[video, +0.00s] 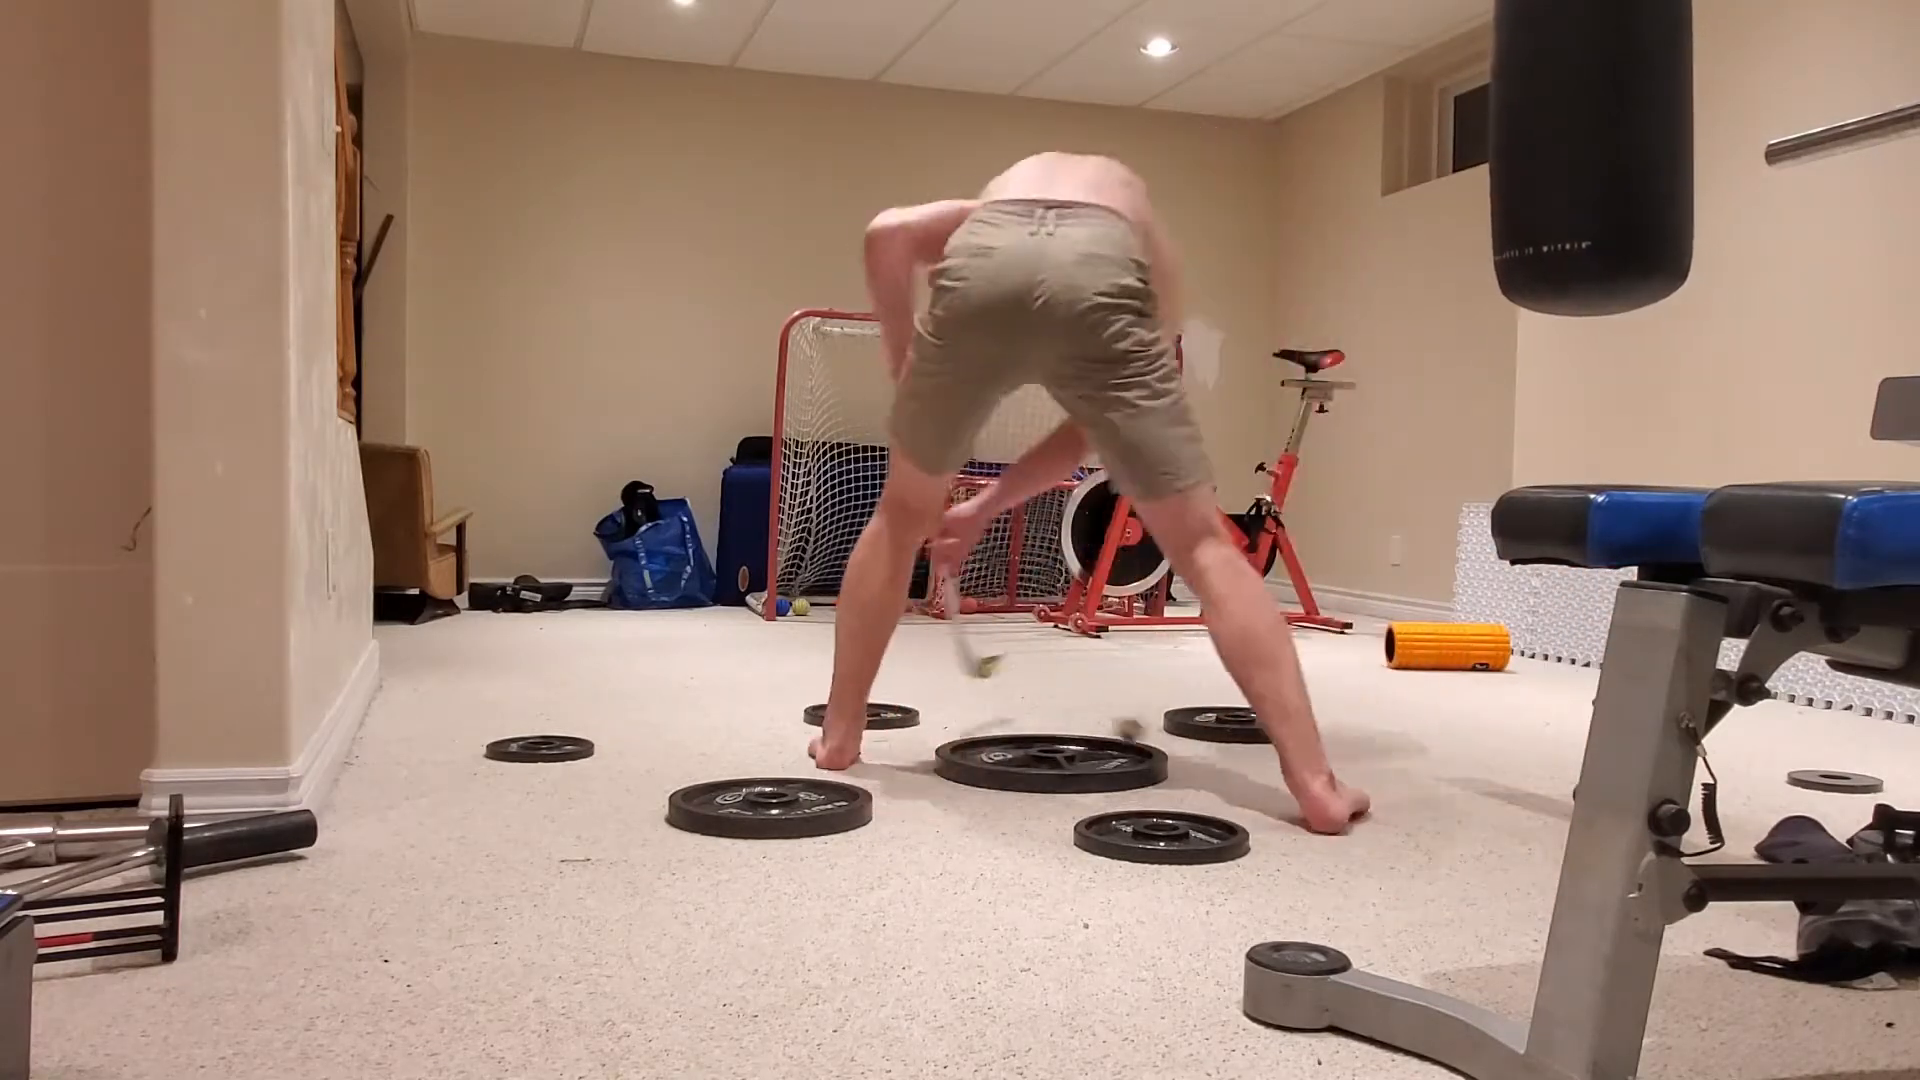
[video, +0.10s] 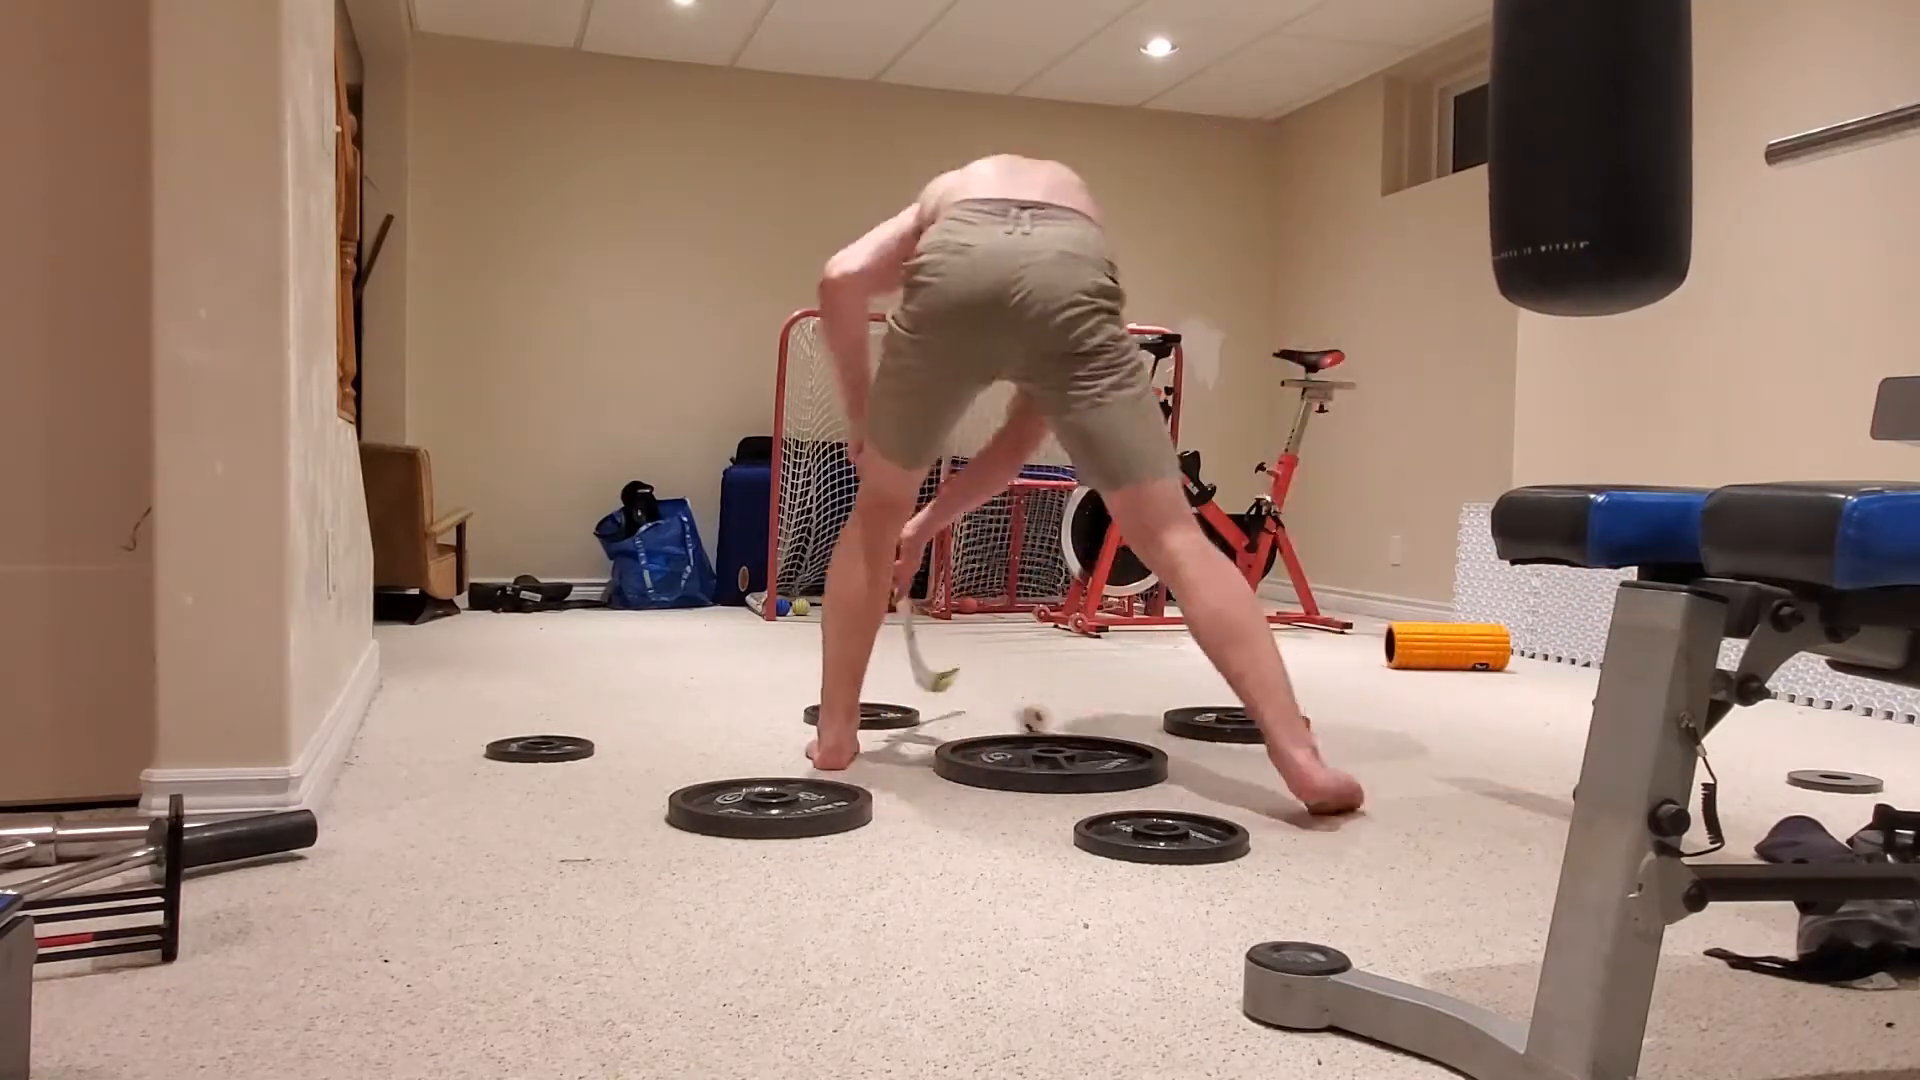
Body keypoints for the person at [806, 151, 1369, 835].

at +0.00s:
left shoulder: (986, 211)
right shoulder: (1150, 259)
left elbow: (888, 232)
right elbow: (1097, 419)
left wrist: (903, 370)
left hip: (989, 252)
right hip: (1109, 267)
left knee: (897, 519)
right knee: (1205, 547)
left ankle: (839, 737)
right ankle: (1316, 786)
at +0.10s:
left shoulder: (941, 199)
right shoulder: (1085, 246)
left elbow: (840, 278)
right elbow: (1015, 442)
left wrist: (860, 423)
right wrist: (926, 528)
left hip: (957, 248)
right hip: (1075, 258)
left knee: (877, 516)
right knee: (1173, 536)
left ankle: (835, 736)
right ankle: (1302, 761)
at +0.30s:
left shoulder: (879, 214)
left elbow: (818, 311)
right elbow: (986, 433)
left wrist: (858, 426)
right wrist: (909, 541)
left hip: (927, 243)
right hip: (1041, 242)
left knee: (865, 519)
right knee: (1116, 494)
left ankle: (836, 733)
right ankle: (1241, 680)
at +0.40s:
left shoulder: (875, 227)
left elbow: (833, 336)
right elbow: (1011, 430)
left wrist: (898, 474)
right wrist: (964, 533)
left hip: (930, 244)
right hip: (1042, 239)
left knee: (869, 511)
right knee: (1095, 493)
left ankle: (837, 736)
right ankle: (1169, 699)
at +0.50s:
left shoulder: (885, 248)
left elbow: (863, 375)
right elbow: (1048, 430)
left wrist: (938, 485)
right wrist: (1020, 555)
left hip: (946, 257)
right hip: (1055, 255)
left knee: (876, 517)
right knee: (1070, 508)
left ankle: (837, 734)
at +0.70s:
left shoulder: (943, 269)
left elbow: (952, 418)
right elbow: (1111, 456)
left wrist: (1020, 517)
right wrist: (1105, 570)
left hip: (1000, 275)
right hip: (1102, 279)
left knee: (911, 511)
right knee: (1085, 509)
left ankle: (845, 719)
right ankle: (1074, 702)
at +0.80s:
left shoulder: (989, 275)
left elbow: (985, 432)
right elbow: (1133, 443)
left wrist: (1038, 534)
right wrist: (1115, 539)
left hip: (1033, 272)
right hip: (1132, 279)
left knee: (938, 490)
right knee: (1090, 517)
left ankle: (882, 669)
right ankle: (1076, 702)